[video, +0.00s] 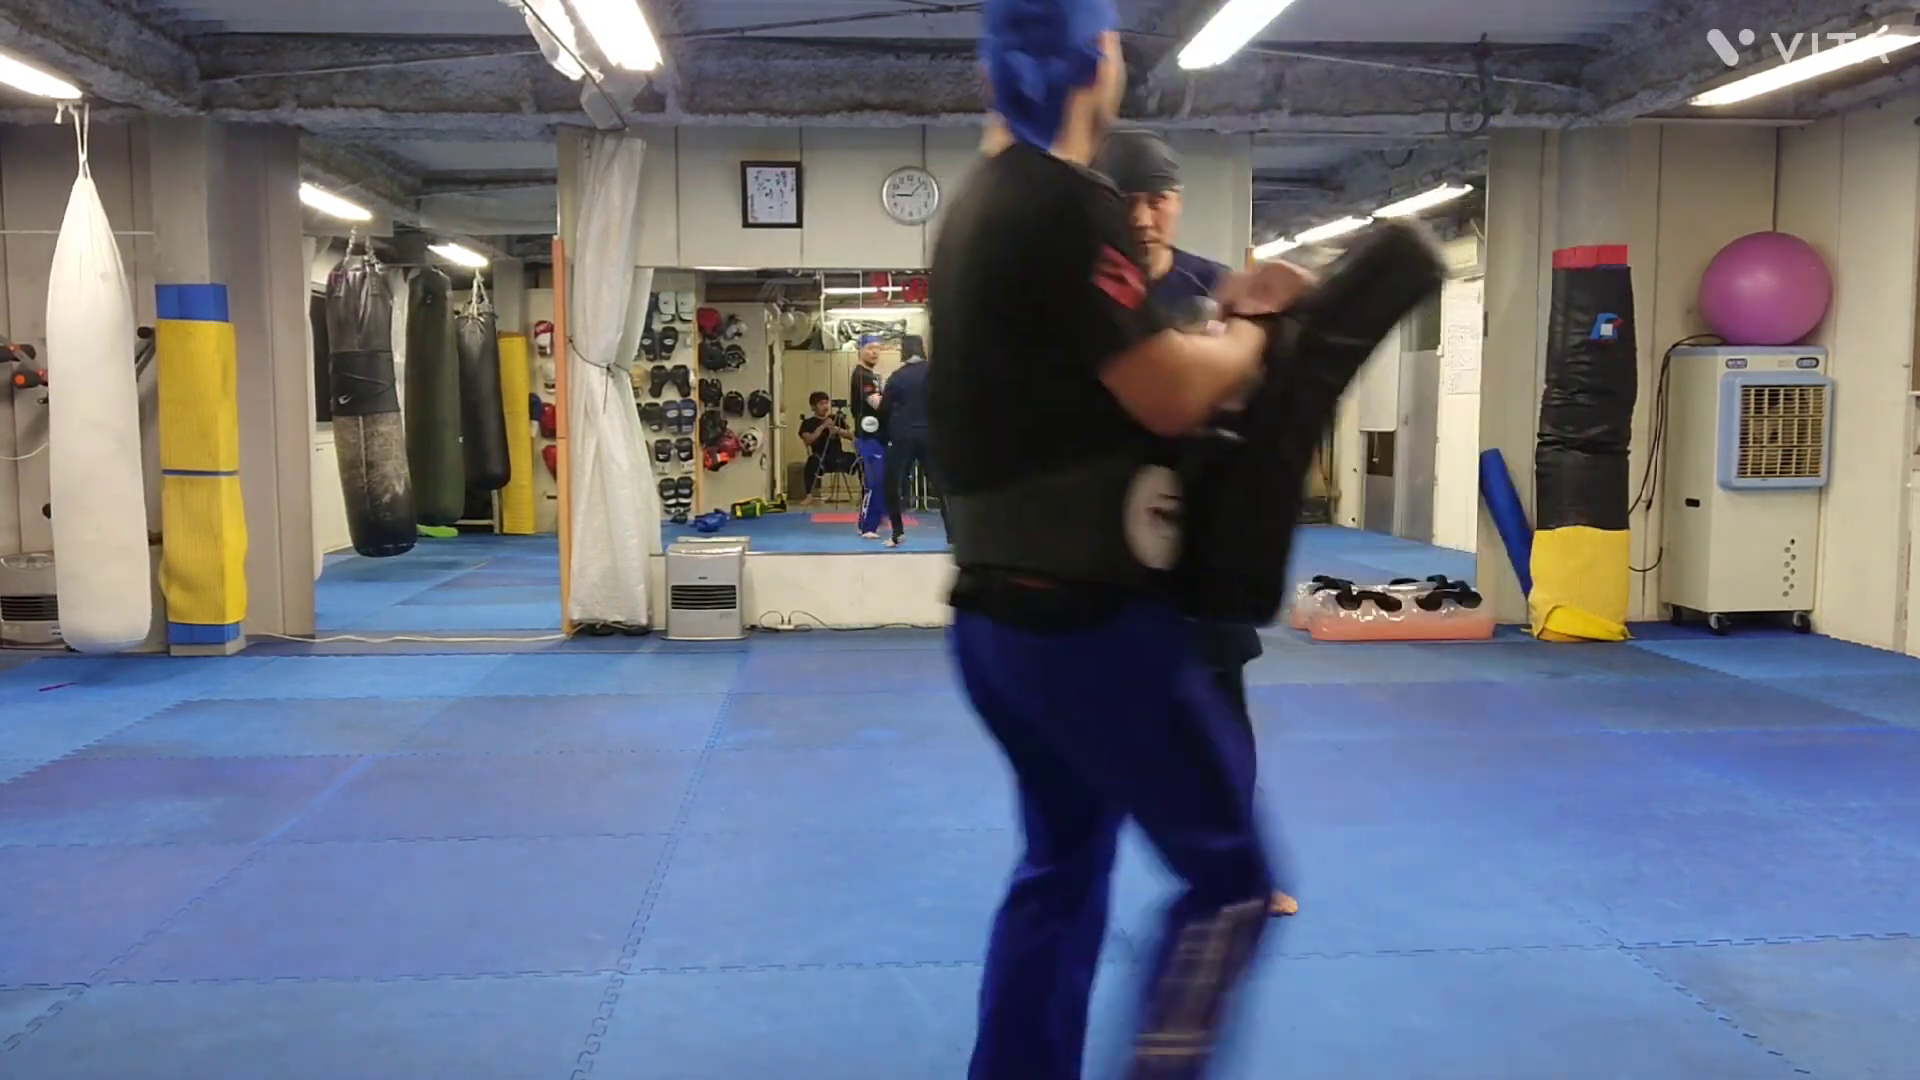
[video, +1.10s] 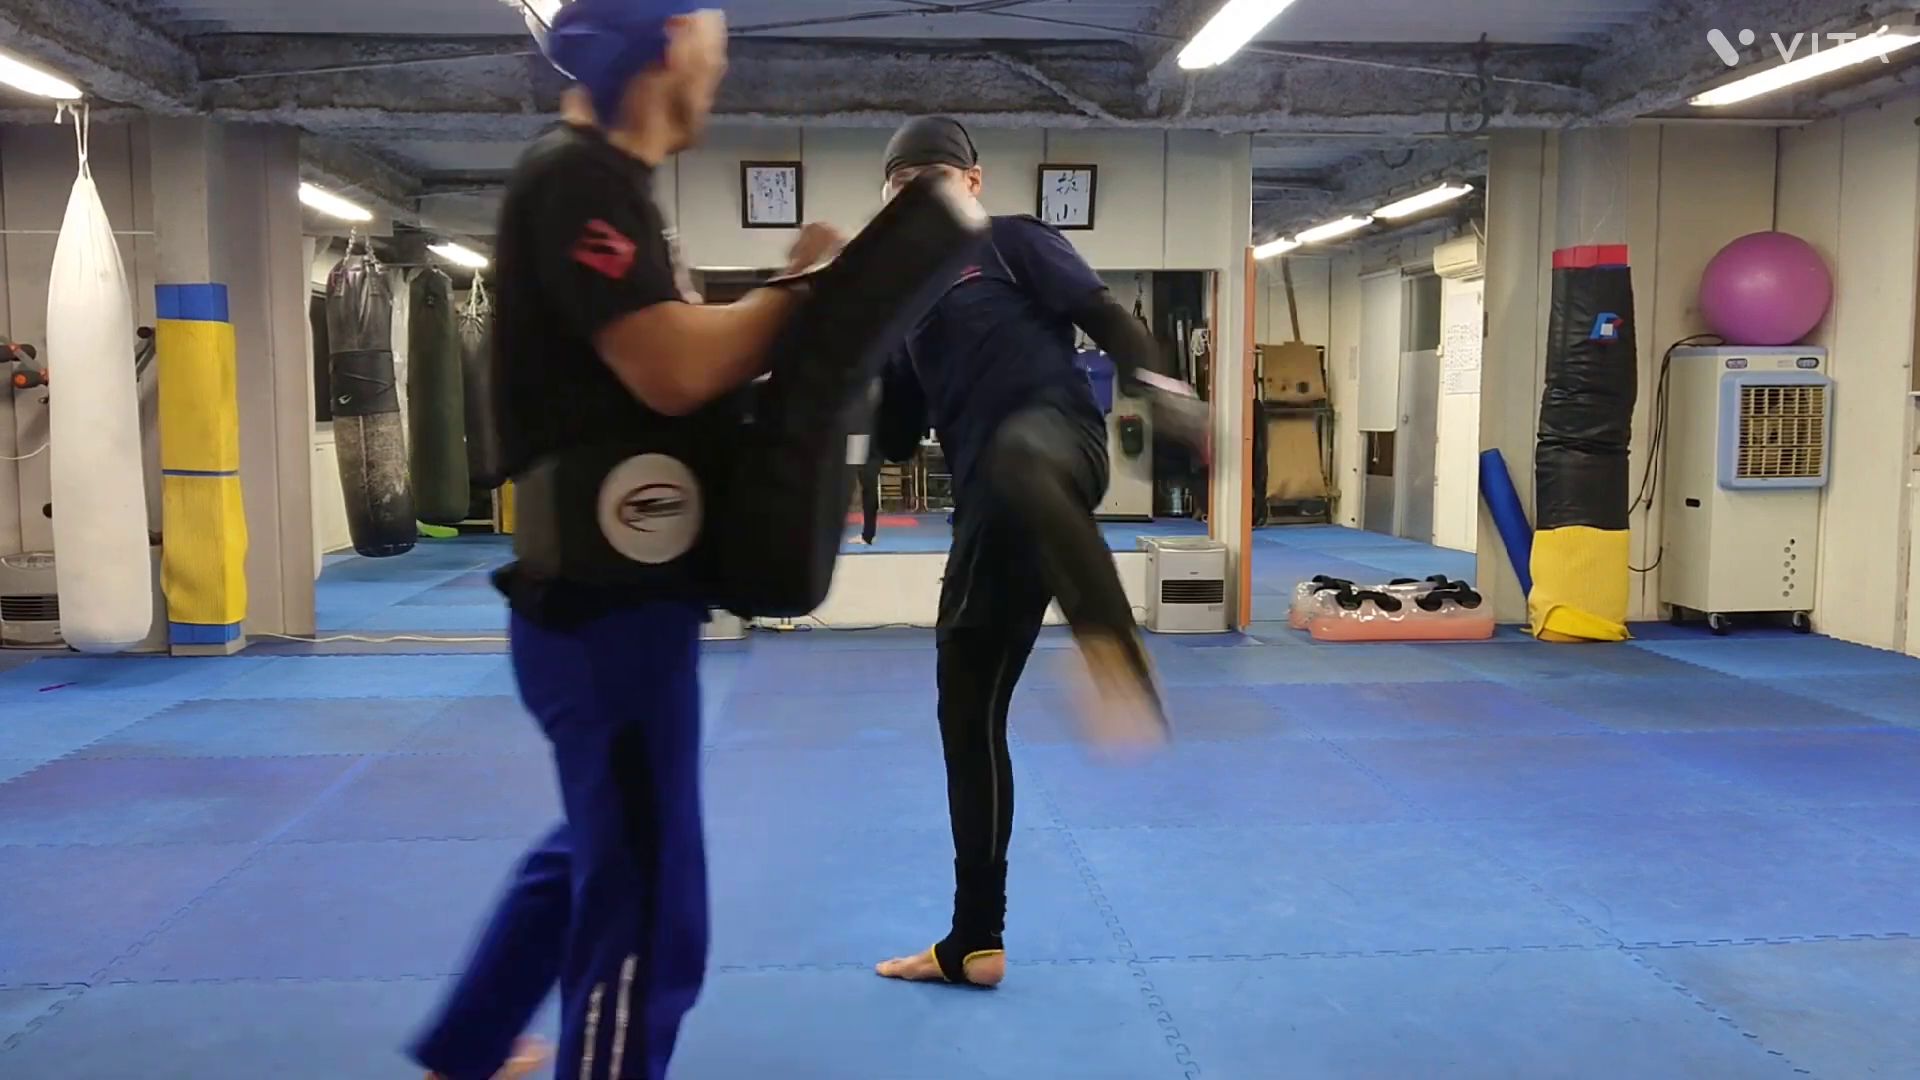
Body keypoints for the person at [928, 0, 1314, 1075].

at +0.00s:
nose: (1123, 62)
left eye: (1117, 44)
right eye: (1117, 44)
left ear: (1003, 70)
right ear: (1096, 60)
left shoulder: (979, 206)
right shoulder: (1060, 203)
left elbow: (1068, 380)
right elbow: (1170, 396)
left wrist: (1217, 320)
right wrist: (1245, 334)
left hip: (998, 617)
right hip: (1090, 623)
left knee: (1061, 877)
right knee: (1230, 878)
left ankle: (1018, 1072)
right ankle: (1162, 1063)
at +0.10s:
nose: (1072, 49)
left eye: (1066, 32)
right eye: (1065, 32)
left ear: (955, 59)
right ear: (1041, 48)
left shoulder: (927, 191)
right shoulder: (1009, 191)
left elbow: (1017, 377)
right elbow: (1126, 384)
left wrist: (1150, 307)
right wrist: (1192, 306)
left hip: (946, 607)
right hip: (1011, 618)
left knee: (1011, 904)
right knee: (1063, 923)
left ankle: (1017, 1069)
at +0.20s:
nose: (1025, 51)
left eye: (1018, 34)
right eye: (1017, 34)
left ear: (911, 63)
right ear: (992, 54)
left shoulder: (880, 192)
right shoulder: (961, 195)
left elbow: (953, 381)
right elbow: (1073, 401)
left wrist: (1084, 313)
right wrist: (1137, 316)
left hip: (899, 607)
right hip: (935, 618)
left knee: (1004, 862)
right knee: (879, 936)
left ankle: (1008, 1072)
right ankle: (744, 1077)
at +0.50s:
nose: (903, 41)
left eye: (901, 19)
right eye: (897, 16)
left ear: (802, 41)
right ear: (855, 34)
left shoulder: (782, 179)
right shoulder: (774, 184)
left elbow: (886, 377)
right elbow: (903, 399)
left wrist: (971, 294)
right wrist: (990, 283)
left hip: (812, 615)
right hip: (784, 629)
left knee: (873, 835)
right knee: (780, 920)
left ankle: (820, 1058)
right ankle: (710, 1078)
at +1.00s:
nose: (813, 51)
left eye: (809, 29)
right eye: (807, 29)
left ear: (682, 39)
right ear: (770, 41)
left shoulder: (657, 164)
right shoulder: (687, 173)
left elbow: (701, 378)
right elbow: (746, 401)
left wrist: (807, 294)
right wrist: (826, 301)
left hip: (656, 596)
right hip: (656, 610)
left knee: (727, 824)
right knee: (685, 881)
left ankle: (682, 1045)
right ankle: (641, 1068)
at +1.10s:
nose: (721, 59)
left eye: (719, 40)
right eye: (710, 37)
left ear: (637, 56)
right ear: (660, 49)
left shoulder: (597, 179)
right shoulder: (580, 179)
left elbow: (667, 346)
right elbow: (673, 368)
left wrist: (776, 296)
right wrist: (791, 294)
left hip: (603, 612)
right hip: (611, 619)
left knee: (602, 857)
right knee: (648, 924)